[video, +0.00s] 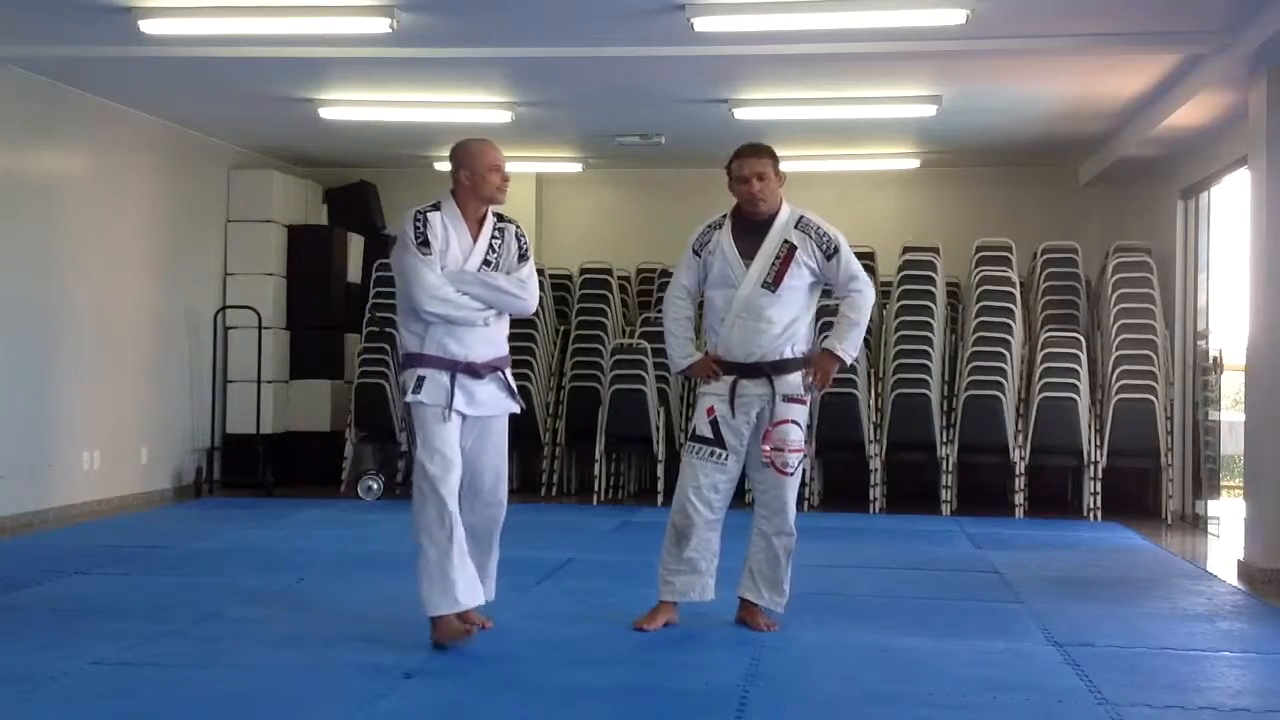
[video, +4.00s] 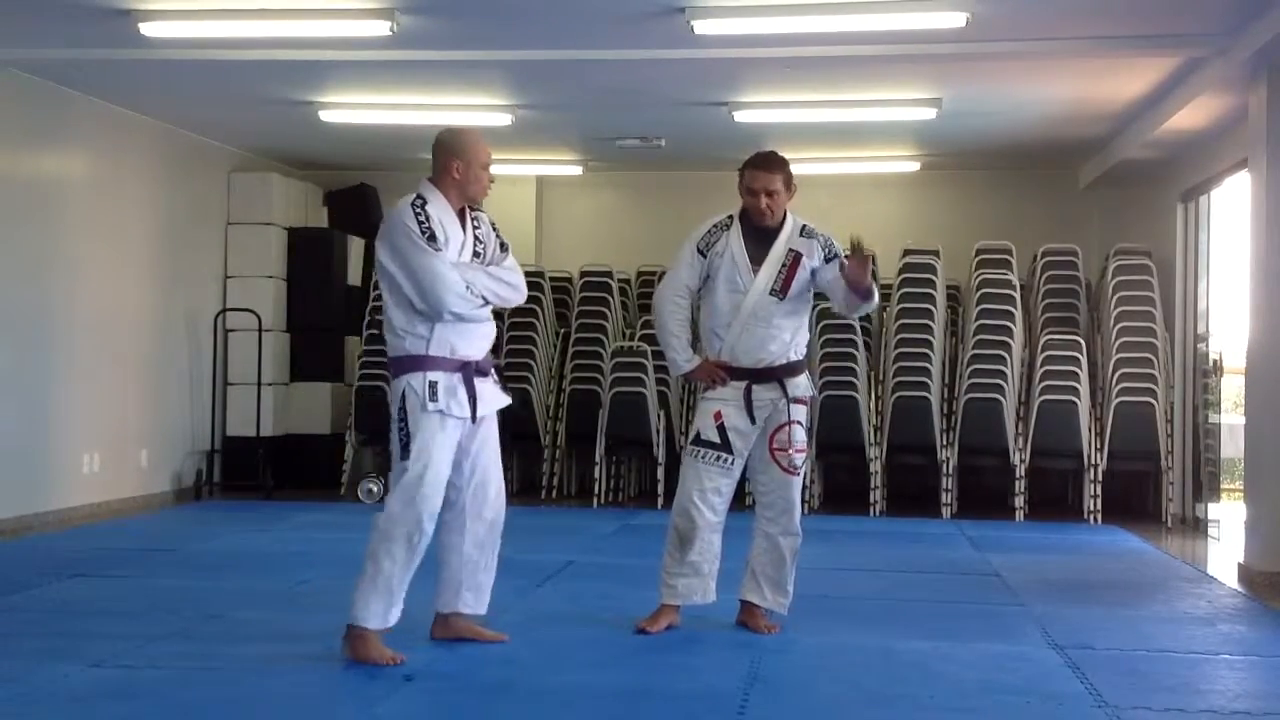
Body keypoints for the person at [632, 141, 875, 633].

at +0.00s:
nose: (753, 187)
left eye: (762, 177)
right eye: (742, 180)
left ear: (780, 181)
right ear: (730, 187)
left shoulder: (813, 235)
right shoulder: (709, 237)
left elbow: (859, 289)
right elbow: (678, 298)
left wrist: (836, 350)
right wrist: (686, 354)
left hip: (786, 387)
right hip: (721, 382)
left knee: (777, 504)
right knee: (694, 497)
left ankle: (755, 602)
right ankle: (670, 600)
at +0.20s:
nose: (761, 192)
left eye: (769, 183)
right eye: (750, 185)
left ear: (785, 184)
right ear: (735, 189)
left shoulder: (813, 239)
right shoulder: (711, 236)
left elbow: (856, 289)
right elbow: (673, 297)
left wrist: (839, 314)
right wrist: (687, 357)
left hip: (788, 388)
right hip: (723, 383)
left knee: (781, 502)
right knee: (696, 496)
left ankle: (755, 602)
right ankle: (671, 601)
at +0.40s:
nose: (775, 200)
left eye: (784, 191)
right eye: (765, 190)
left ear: (795, 190)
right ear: (744, 186)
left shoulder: (810, 240)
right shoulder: (713, 236)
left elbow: (839, 292)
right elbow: (672, 296)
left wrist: (824, 244)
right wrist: (689, 358)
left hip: (790, 387)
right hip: (726, 384)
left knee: (782, 503)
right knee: (698, 499)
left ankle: (755, 602)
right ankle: (672, 600)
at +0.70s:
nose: (776, 203)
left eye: (784, 194)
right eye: (766, 192)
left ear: (794, 192)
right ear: (743, 187)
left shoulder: (811, 238)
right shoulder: (709, 236)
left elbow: (849, 290)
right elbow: (672, 298)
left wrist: (798, 288)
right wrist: (687, 356)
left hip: (786, 389)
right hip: (721, 385)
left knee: (779, 504)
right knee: (695, 500)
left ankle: (755, 602)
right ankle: (671, 601)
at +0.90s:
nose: (766, 204)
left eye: (775, 193)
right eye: (756, 194)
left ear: (786, 190)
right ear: (735, 189)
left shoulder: (810, 240)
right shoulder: (706, 237)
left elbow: (857, 298)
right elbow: (677, 300)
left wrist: (834, 351)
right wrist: (684, 354)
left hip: (783, 386)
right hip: (718, 382)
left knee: (775, 503)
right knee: (692, 497)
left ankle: (755, 602)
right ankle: (670, 601)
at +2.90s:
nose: (769, 190)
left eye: (779, 181)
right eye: (759, 181)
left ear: (794, 186)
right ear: (743, 186)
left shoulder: (820, 241)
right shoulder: (714, 238)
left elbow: (857, 303)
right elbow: (676, 300)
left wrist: (838, 361)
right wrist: (688, 356)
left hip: (789, 388)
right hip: (723, 384)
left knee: (780, 505)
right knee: (696, 498)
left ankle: (756, 605)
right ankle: (671, 602)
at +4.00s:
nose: (763, 203)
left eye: (773, 194)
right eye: (754, 193)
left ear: (790, 194)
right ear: (740, 191)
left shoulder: (814, 244)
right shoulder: (713, 237)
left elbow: (851, 304)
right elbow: (669, 298)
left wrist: (860, 287)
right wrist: (687, 360)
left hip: (787, 390)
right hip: (722, 386)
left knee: (780, 506)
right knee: (695, 501)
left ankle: (757, 604)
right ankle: (672, 602)